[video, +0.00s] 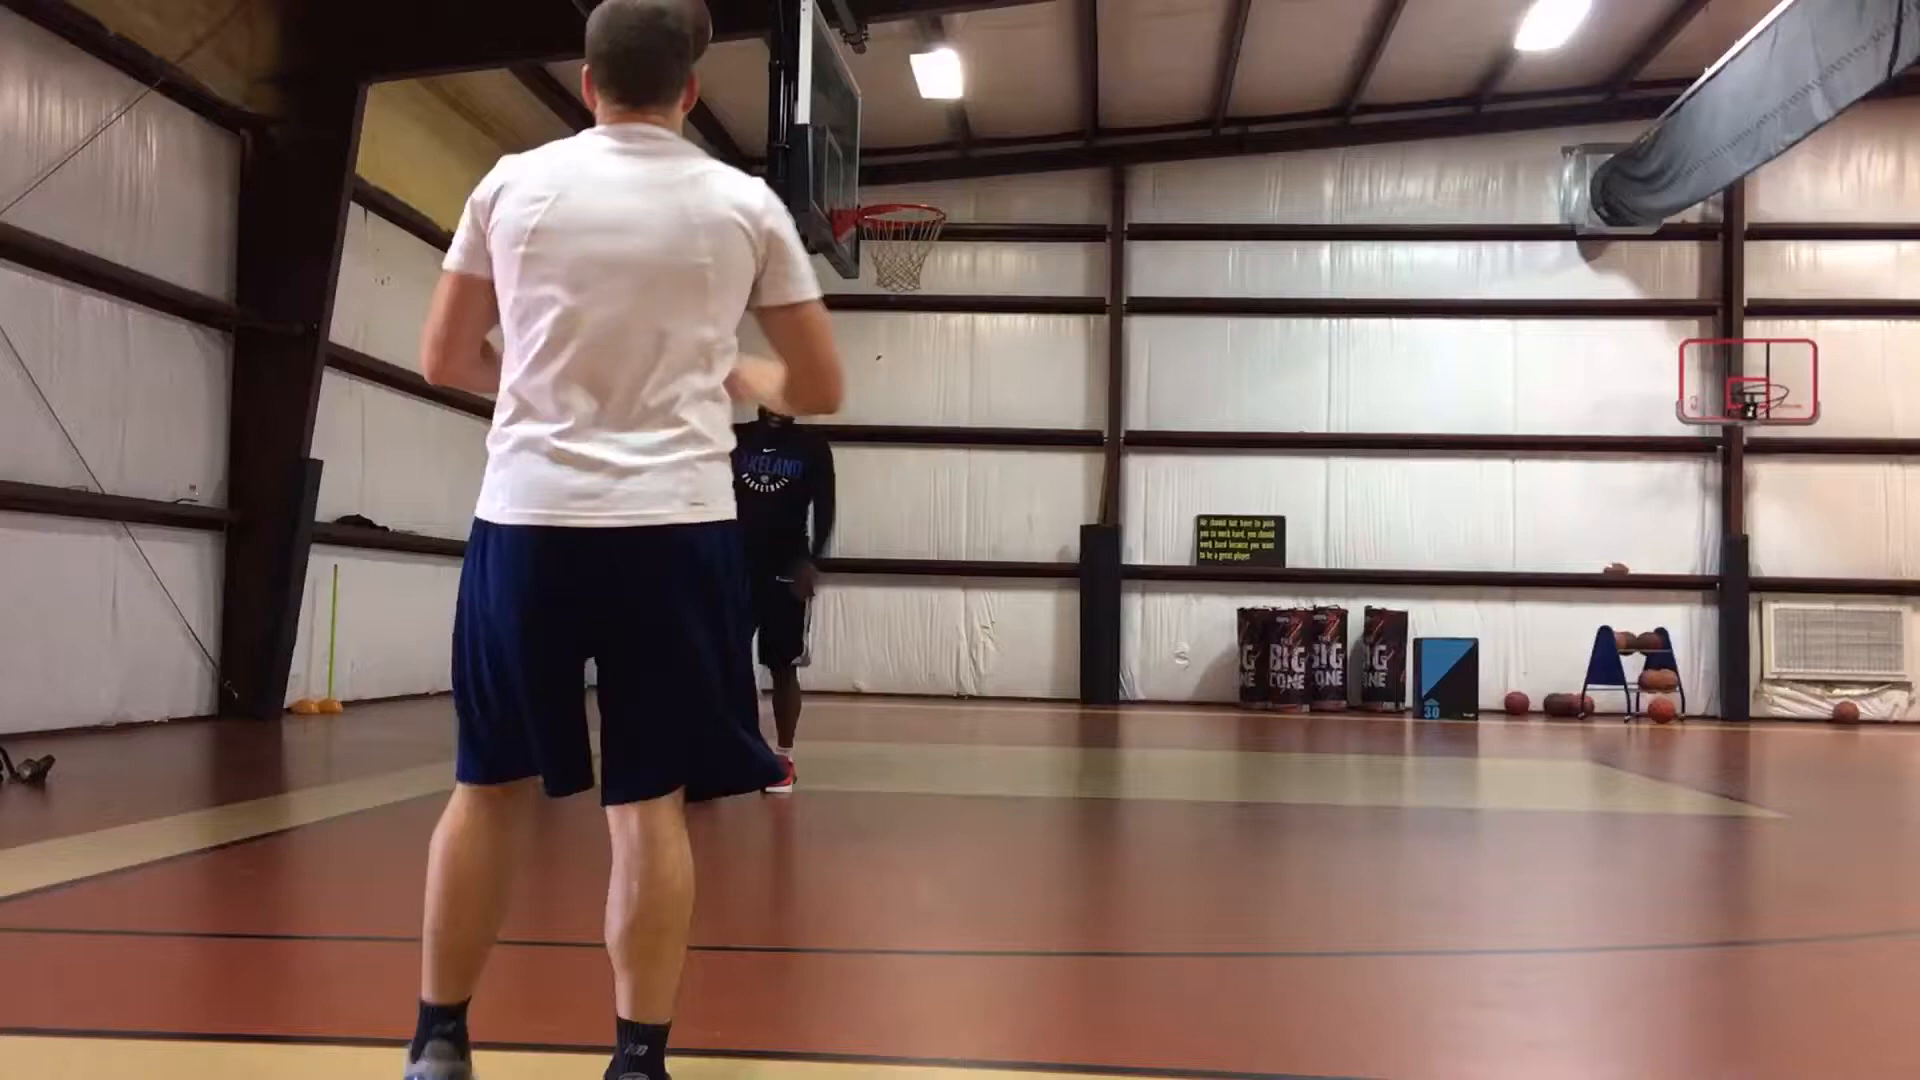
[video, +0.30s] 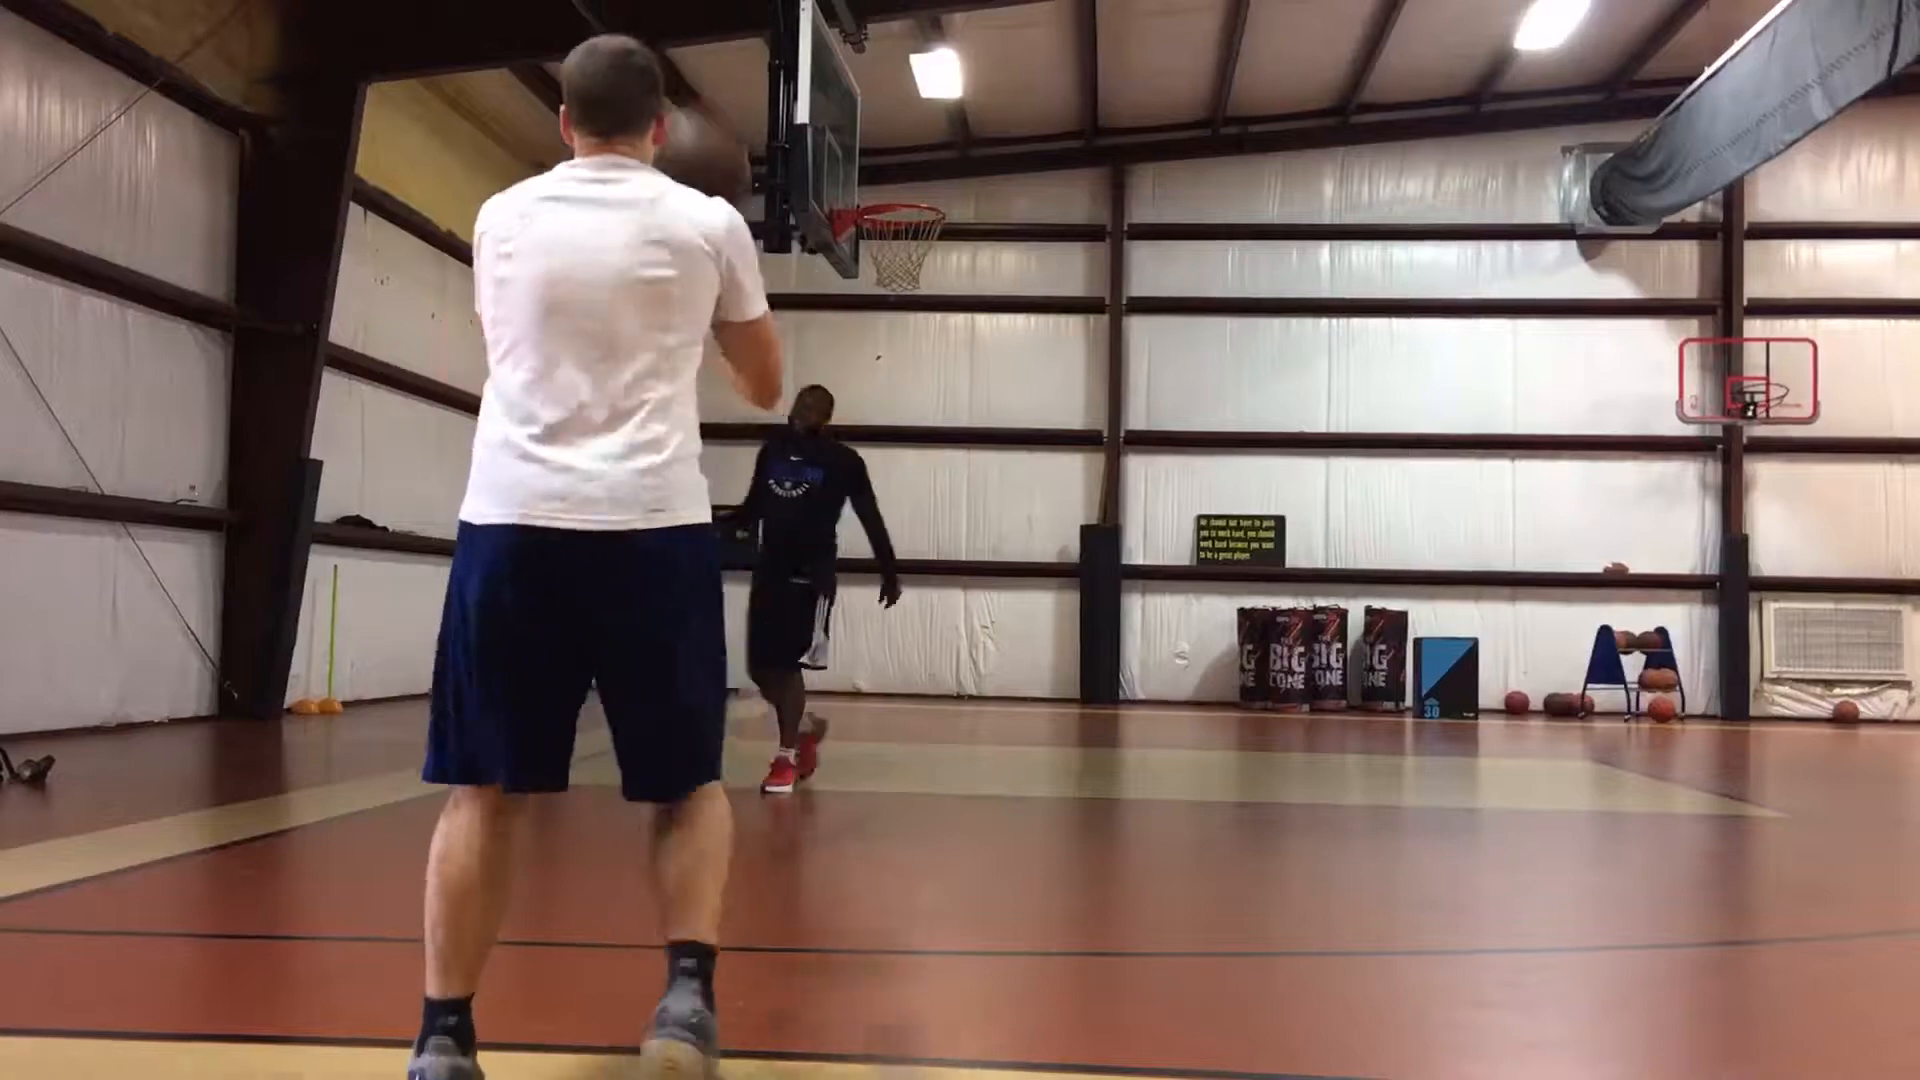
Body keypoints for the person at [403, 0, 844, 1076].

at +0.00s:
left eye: (585, 76)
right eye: (687, 75)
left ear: (582, 84)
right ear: (691, 89)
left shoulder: (513, 185)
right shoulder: (746, 205)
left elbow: (445, 357)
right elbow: (820, 389)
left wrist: (547, 382)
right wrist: (750, 375)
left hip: (527, 538)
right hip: (678, 543)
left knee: (490, 785)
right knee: (652, 801)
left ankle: (437, 1047)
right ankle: (640, 1063)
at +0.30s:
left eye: (560, 114)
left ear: (560, 124)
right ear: (662, 123)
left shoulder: (501, 218)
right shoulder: (710, 225)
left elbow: (520, 348)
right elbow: (761, 378)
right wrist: (687, 281)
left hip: (511, 534)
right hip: (656, 536)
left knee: (481, 782)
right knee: (688, 778)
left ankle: (442, 1041)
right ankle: (689, 996)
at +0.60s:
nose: (711, 220)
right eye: (716, 207)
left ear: (623, 209)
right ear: (714, 209)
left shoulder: (558, 277)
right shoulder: (758, 285)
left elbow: (493, 438)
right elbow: (796, 459)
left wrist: (504, 468)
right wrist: (746, 517)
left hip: (562, 537)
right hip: (708, 542)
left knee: (486, 751)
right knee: (758, 765)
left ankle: (400, 974)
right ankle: (761, 988)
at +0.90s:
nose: (800, 467)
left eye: (799, 458)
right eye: (800, 457)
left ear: (712, 445)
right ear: (786, 450)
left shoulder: (642, 496)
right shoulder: (792, 498)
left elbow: (614, 639)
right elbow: (806, 656)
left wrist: (658, 808)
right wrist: (833, 810)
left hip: (574, 674)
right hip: (714, 672)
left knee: (494, 852)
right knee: (817, 810)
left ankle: (373, 1000)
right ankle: (878, 975)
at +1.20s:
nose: (721, 437)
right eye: (721, 427)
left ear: (636, 418)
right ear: (715, 425)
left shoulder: (573, 466)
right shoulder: (734, 471)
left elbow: (532, 608)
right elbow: (765, 592)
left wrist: (531, 793)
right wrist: (786, 736)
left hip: (537, 642)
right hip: (677, 649)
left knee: (389, 809)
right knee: (783, 803)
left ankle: (361, 1023)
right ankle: (874, 988)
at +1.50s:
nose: (639, 258)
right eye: (642, 246)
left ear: (549, 234)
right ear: (633, 243)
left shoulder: (471, 288)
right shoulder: (660, 316)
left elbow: (360, 401)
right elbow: (666, 470)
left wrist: (345, 480)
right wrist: (608, 532)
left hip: (430, 516)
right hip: (562, 527)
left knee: (411, 750)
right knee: (582, 780)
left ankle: (318, 957)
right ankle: (534, 978)